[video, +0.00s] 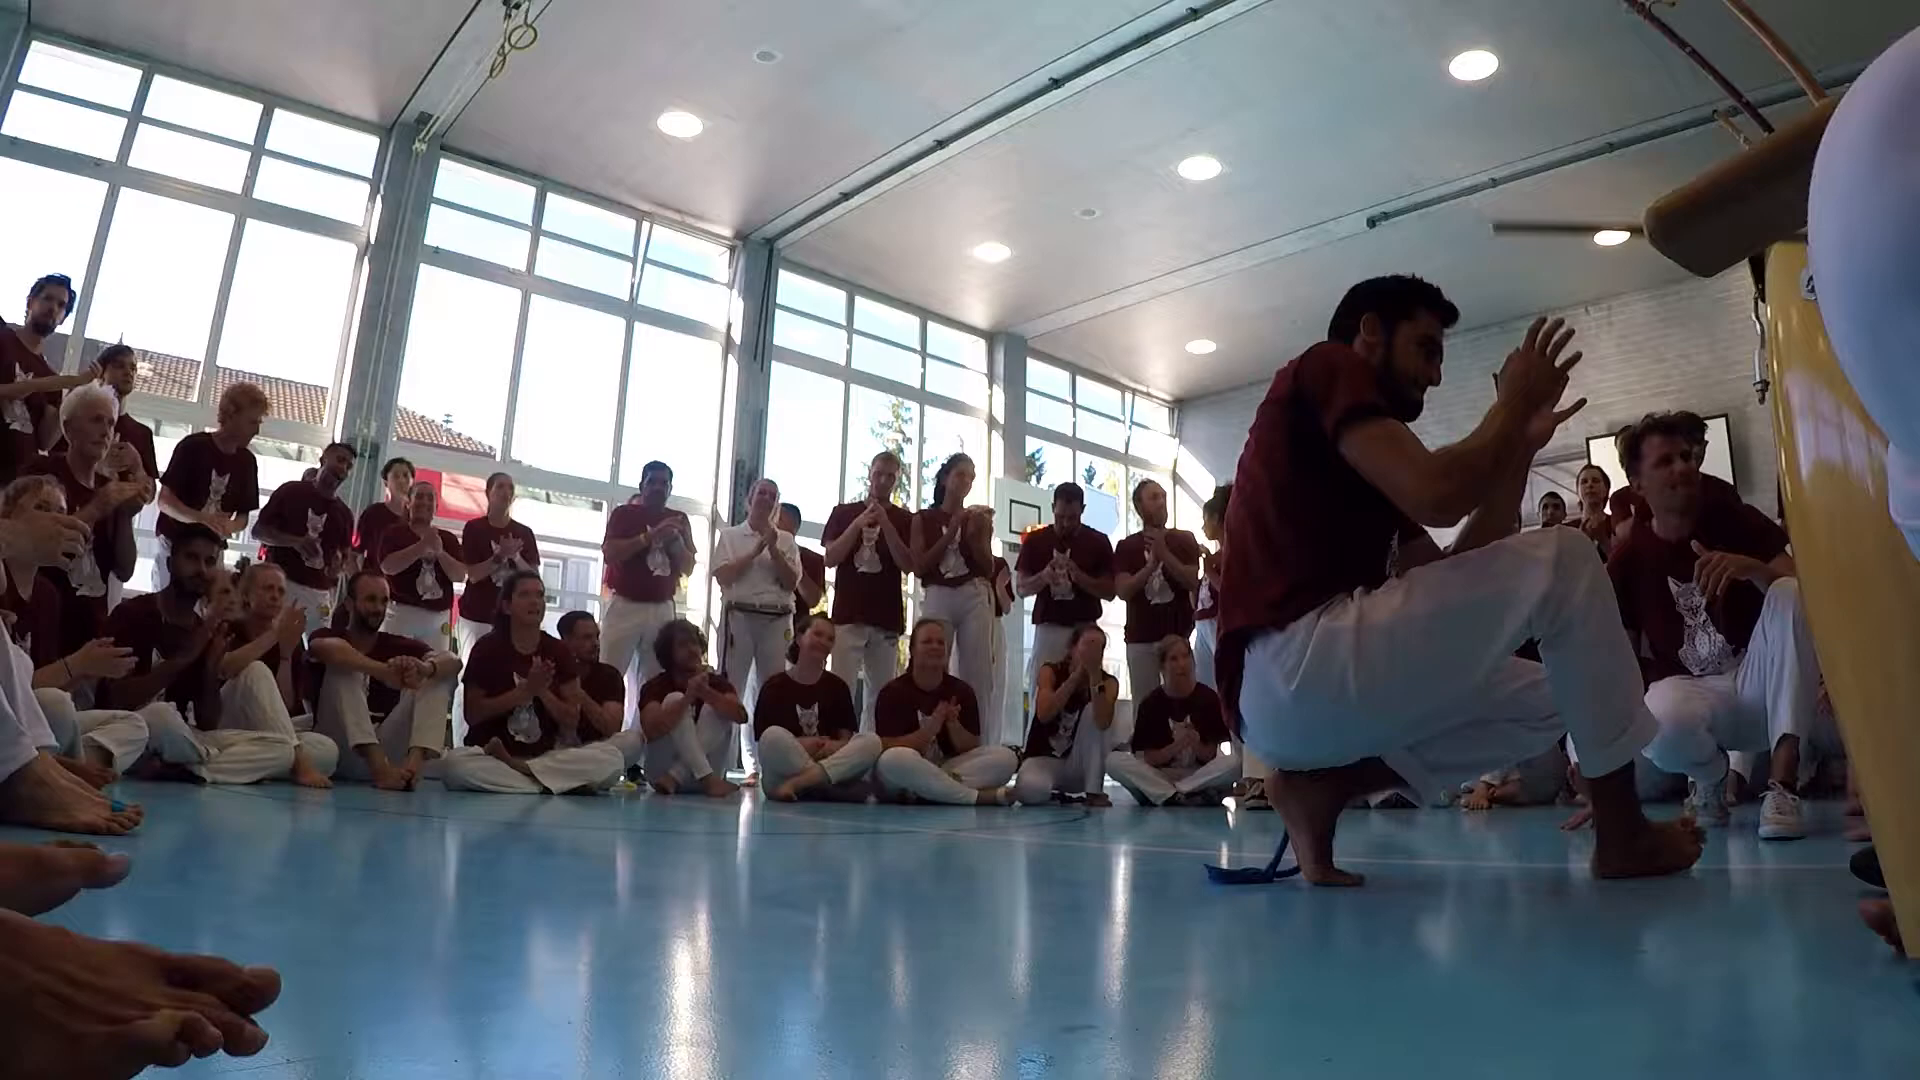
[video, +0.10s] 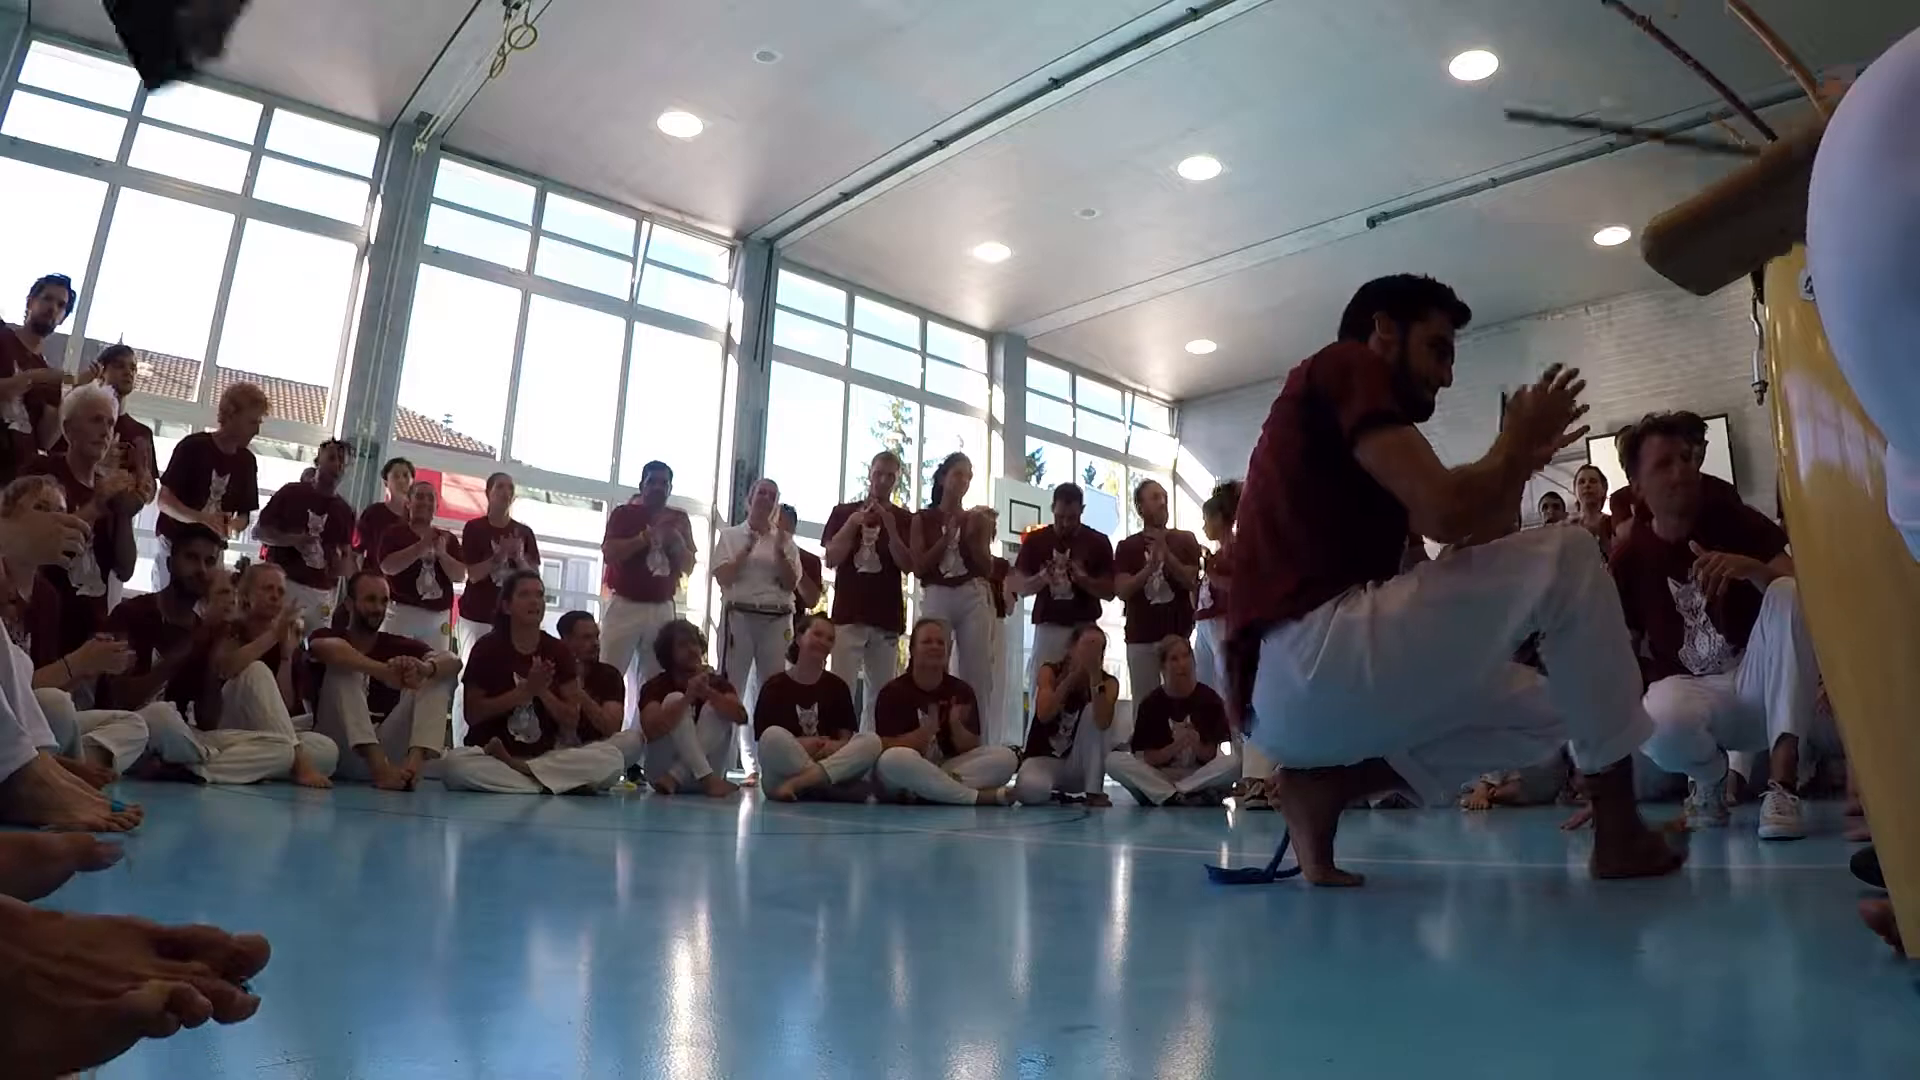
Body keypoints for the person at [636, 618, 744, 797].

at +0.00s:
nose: (693, 650)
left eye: (695, 643)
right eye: (683, 646)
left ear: (702, 647)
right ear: (668, 653)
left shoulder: (717, 682)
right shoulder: (654, 686)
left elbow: (741, 716)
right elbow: (651, 730)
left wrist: (707, 693)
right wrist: (688, 698)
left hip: (709, 772)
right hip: (664, 773)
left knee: (717, 706)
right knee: (674, 700)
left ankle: (675, 776)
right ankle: (709, 778)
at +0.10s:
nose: (692, 650)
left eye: (695, 643)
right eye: (683, 646)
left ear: (702, 647)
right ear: (668, 653)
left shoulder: (716, 682)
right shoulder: (654, 686)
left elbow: (741, 716)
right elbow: (650, 731)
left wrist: (709, 693)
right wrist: (688, 698)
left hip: (709, 772)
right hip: (664, 772)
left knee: (717, 706)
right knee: (674, 700)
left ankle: (675, 776)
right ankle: (709, 778)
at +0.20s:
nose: (692, 649)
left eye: (694, 643)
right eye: (683, 646)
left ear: (701, 647)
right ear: (668, 653)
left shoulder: (716, 681)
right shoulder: (654, 686)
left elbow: (741, 717)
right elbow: (650, 731)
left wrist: (708, 690)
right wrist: (685, 690)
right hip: (664, 772)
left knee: (719, 705)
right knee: (675, 700)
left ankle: (675, 776)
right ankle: (708, 778)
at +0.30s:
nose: (692, 649)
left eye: (695, 642)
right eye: (683, 645)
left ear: (702, 647)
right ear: (669, 653)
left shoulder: (716, 681)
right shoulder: (654, 686)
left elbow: (741, 718)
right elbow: (650, 731)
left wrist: (712, 693)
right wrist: (680, 694)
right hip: (664, 773)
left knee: (718, 706)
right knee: (675, 701)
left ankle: (675, 776)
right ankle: (708, 778)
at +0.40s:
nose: (691, 650)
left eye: (694, 642)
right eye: (682, 646)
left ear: (702, 647)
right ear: (668, 655)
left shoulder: (716, 681)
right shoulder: (654, 687)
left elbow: (741, 718)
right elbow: (651, 732)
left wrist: (715, 693)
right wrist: (678, 694)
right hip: (664, 772)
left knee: (717, 706)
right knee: (676, 702)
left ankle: (675, 776)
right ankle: (708, 777)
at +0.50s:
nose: (690, 649)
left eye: (693, 642)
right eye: (681, 646)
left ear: (701, 646)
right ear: (668, 655)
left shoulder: (716, 682)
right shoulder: (654, 687)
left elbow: (741, 717)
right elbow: (650, 731)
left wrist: (708, 692)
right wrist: (689, 696)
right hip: (664, 773)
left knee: (716, 706)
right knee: (676, 700)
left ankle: (675, 777)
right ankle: (708, 777)